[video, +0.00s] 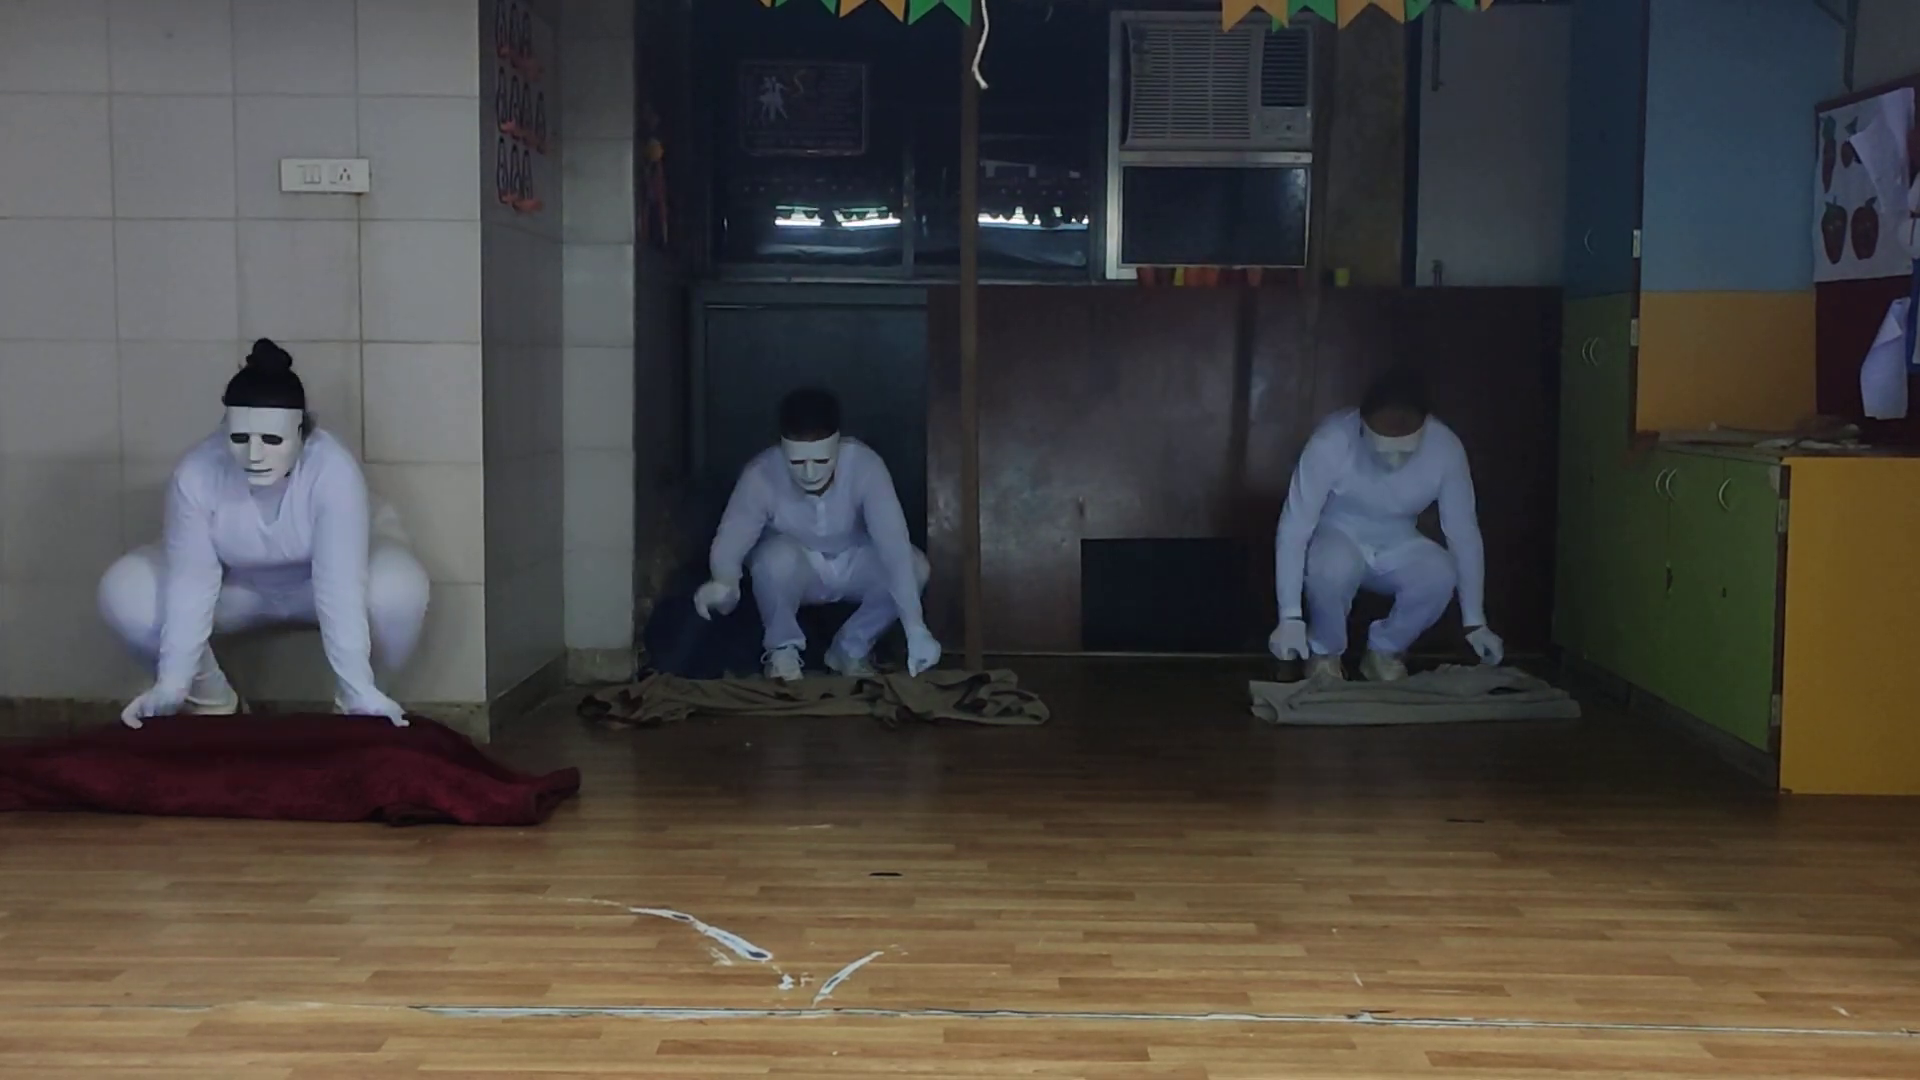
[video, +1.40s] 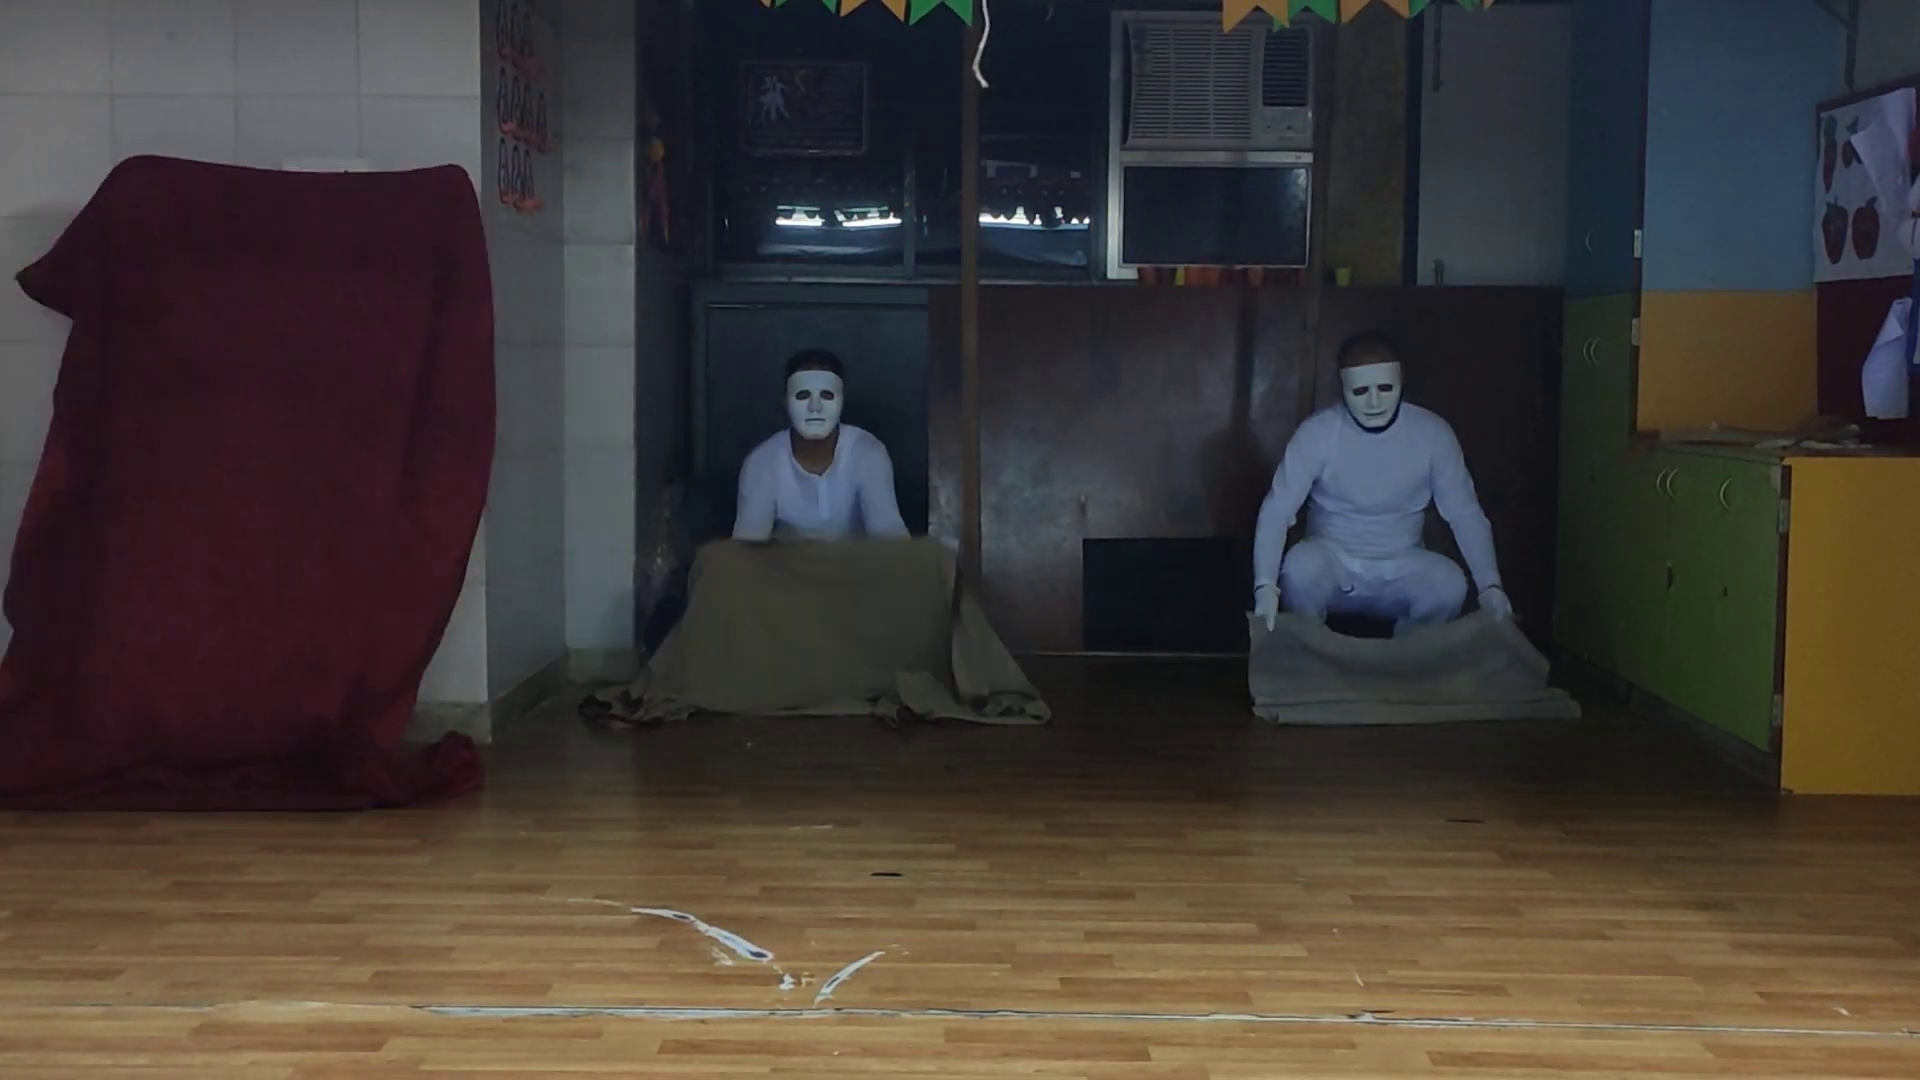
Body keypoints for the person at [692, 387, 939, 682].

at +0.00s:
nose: (810, 474)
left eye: (821, 461)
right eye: (798, 462)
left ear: (838, 446)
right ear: (782, 448)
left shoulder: (864, 467)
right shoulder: (762, 477)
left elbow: (895, 547)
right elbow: (730, 539)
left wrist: (915, 630)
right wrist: (725, 582)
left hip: (857, 571)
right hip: (798, 573)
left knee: (913, 567)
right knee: (775, 559)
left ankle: (850, 649)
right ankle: (782, 648)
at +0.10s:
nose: (809, 476)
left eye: (821, 464)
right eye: (797, 465)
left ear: (837, 448)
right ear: (782, 451)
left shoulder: (866, 469)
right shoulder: (760, 480)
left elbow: (891, 551)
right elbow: (733, 553)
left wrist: (910, 633)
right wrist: (733, 617)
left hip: (857, 572)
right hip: (798, 574)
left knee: (915, 568)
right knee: (778, 560)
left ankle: (850, 649)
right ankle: (782, 648)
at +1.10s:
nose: (811, 438)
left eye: (823, 426)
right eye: (799, 427)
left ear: (838, 429)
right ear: (783, 431)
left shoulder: (865, 471)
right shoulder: (760, 484)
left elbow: (883, 559)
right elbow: (740, 565)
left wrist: (914, 644)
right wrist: (728, 634)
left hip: (859, 578)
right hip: (800, 580)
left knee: (917, 571)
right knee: (780, 560)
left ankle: (857, 641)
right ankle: (784, 637)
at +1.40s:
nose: (815, 406)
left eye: (827, 395)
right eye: (803, 395)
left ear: (842, 401)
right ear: (787, 403)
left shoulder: (868, 454)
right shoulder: (763, 464)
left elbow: (891, 537)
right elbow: (746, 551)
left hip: (856, 577)